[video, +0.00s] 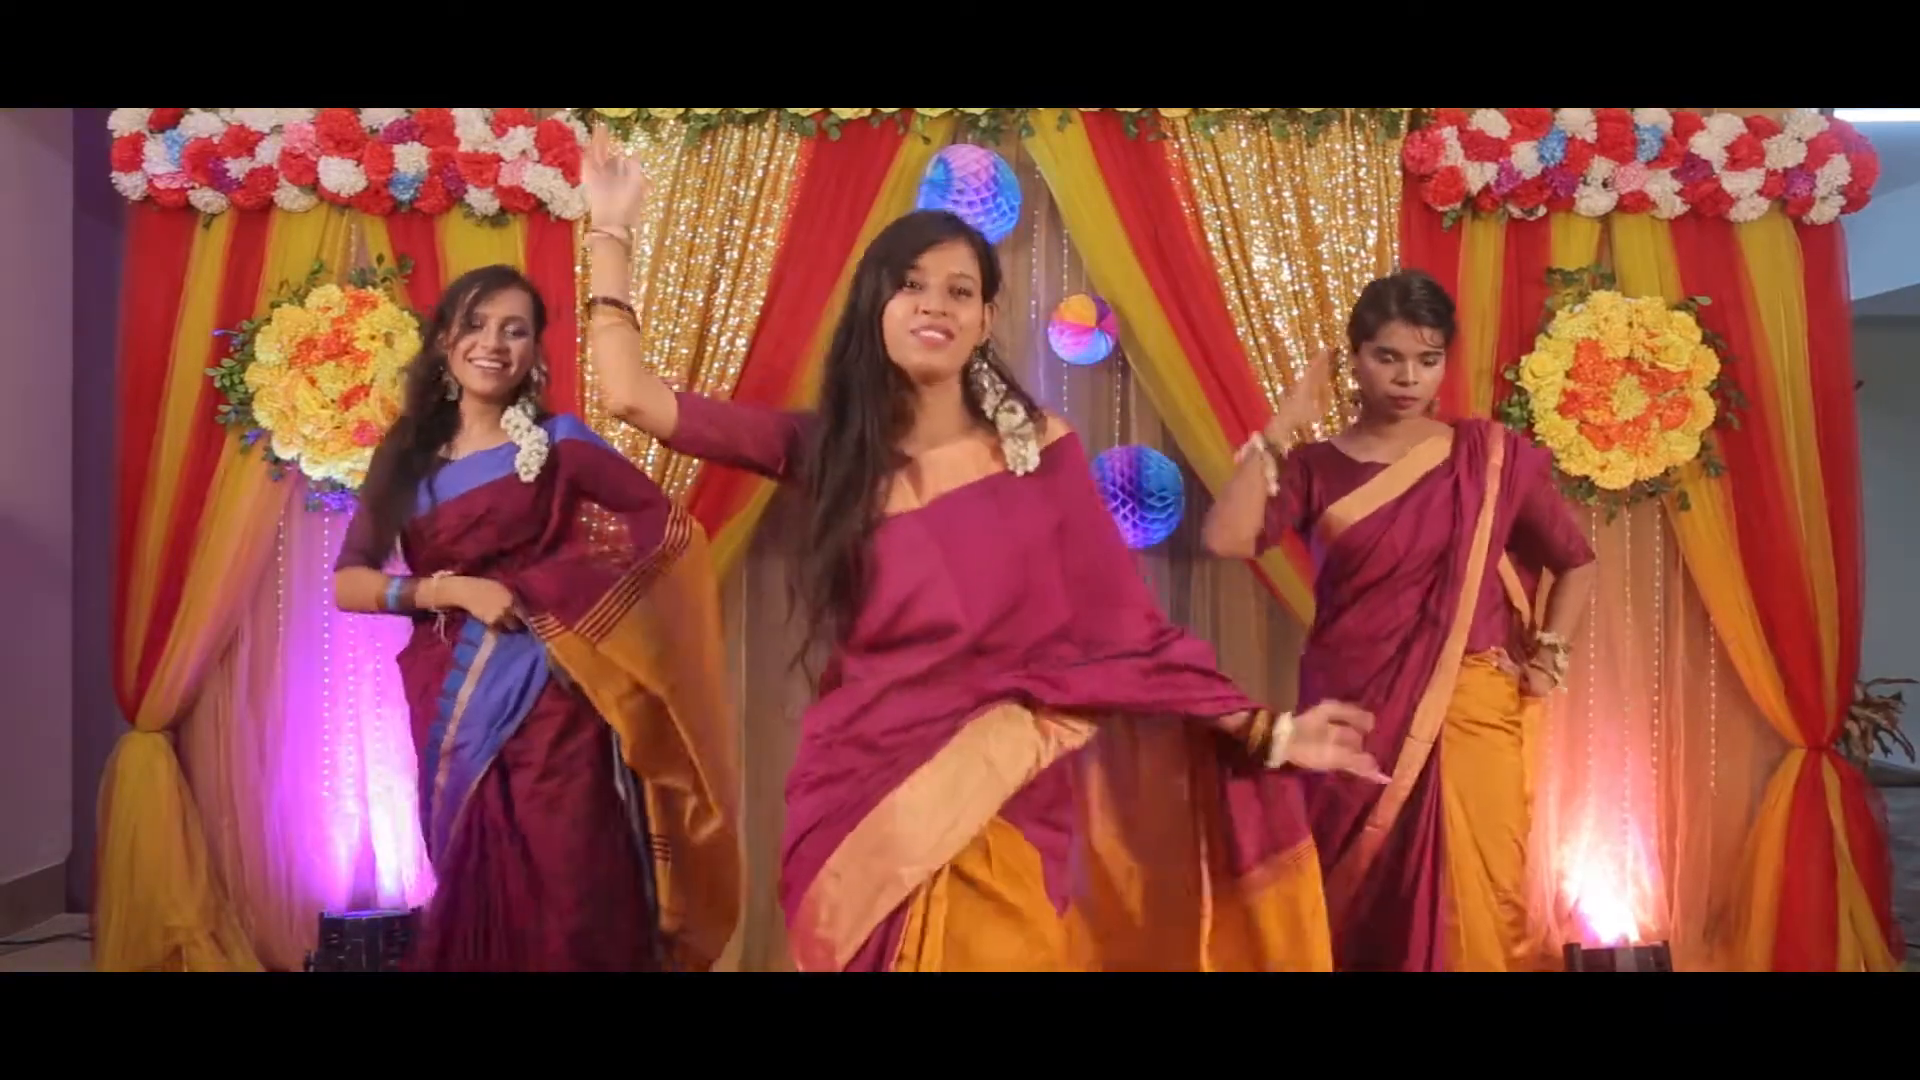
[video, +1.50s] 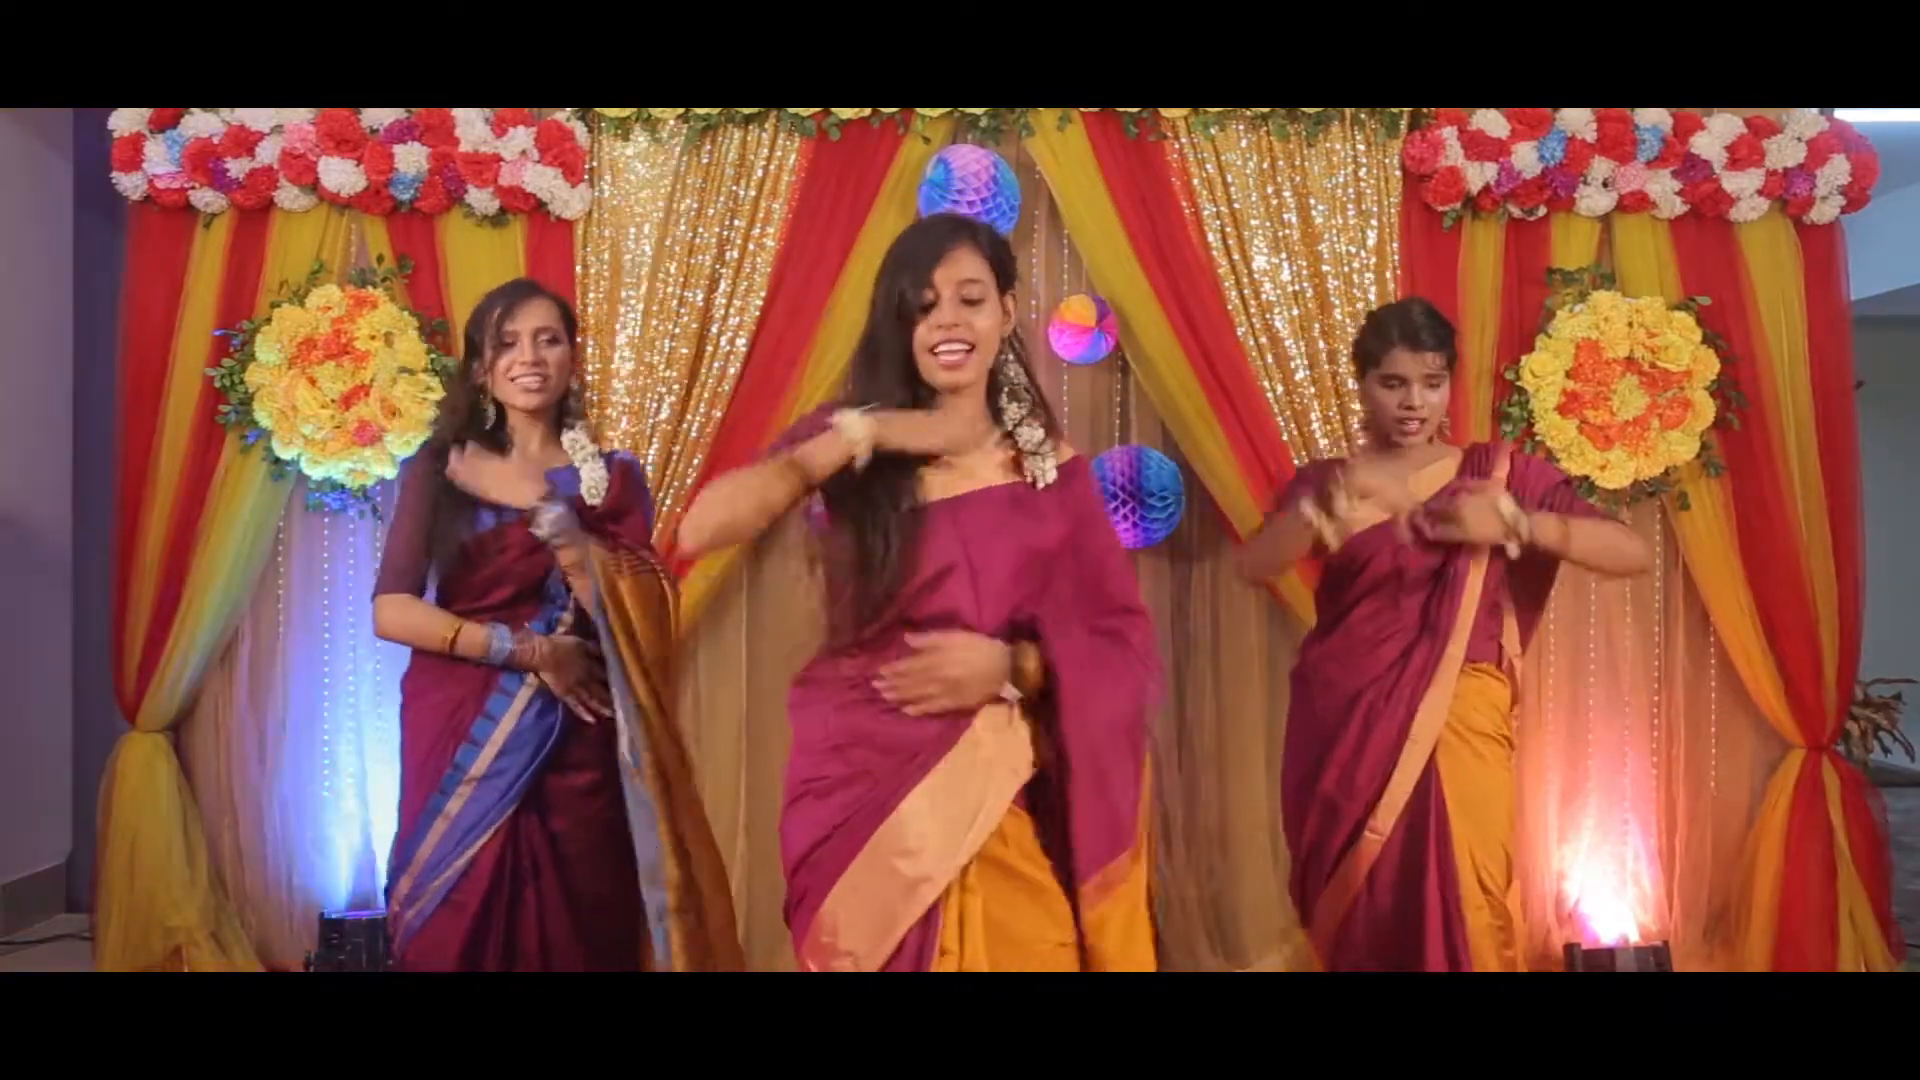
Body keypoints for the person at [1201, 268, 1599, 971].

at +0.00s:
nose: (1409, 378)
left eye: (1428, 359)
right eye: (1389, 357)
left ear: (1448, 359)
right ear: (1355, 356)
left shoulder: (1493, 453)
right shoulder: (1316, 467)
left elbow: (1573, 558)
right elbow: (1223, 537)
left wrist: (1551, 651)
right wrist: (1280, 429)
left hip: (1469, 711)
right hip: (1349, 718)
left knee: (1471, 917)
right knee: (1349, 921)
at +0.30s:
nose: (1411, 352)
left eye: (1430, 335)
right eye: (1392, 332)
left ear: (1451, 343)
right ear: (1361, 336)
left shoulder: (1492, 440)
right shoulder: (1315, 444)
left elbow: (1564, 550)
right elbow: (1257, 580)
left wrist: (1569, 639)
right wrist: (1284, 520)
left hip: (1483, 691)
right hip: (1364, 700)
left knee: (1492, 904)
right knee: (1370, 907)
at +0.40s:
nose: (1412, 357)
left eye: (1431, 341)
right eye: (1394, 338)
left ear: (1451, 350)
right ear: (1360, 344)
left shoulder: (1497, 447)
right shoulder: (1312, 465)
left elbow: (1545, 580)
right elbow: (1289, 615)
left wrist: (1578, 678)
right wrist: (1331, 614)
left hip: (1480, 705)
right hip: (1365, 717)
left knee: (1488, 913)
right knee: (1370, 919)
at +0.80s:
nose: (1417, 342)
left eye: (1436, 327)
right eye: (1398, 323)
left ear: (1452, 342)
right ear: (1361, 333)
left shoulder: (1485, 449)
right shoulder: (1317, 445)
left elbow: (1515, 597)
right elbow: (1307, 575)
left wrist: (1589, 706)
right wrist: (1341, 518)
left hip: (1491, 694)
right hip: (1379, 702)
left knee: (1513, 900)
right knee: (1390, 904)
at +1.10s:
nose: (1420, 354)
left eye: (1435, 337)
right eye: (1398, 337)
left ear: (1455, 353)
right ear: (1361, 352)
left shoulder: (1461, 465)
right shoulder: (1328, 434)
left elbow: (1502, 609)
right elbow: (1344, 552)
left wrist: (1639, 594)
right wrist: (1431, 496)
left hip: (1472, 711)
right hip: (1371, 713)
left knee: (1498, 905)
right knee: (1387, 913)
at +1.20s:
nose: (1422, 345)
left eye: (1438, 328)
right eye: (1399, 329)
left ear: (1457, 344)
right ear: (1364, 345)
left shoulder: (1476, 463)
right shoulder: (1329, 427)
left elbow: (1546, 579)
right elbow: (1330, 536)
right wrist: (1424, 490)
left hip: (1477, 706)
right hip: (1371, 708)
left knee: (1498, 894)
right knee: (1387, 905)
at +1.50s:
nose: (1414, 402)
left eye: (1431, 382)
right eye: (1394, 383)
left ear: (1451, 383)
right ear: (1362, 387)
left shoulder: (1501, 471)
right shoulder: (1322, 483)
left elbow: (1632, 553)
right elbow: (1250, 566)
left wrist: (1517, 523)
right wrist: (1311, 517)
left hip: (1463, 716)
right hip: (1348, 720)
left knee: (1464, 907)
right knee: (1356, 912)